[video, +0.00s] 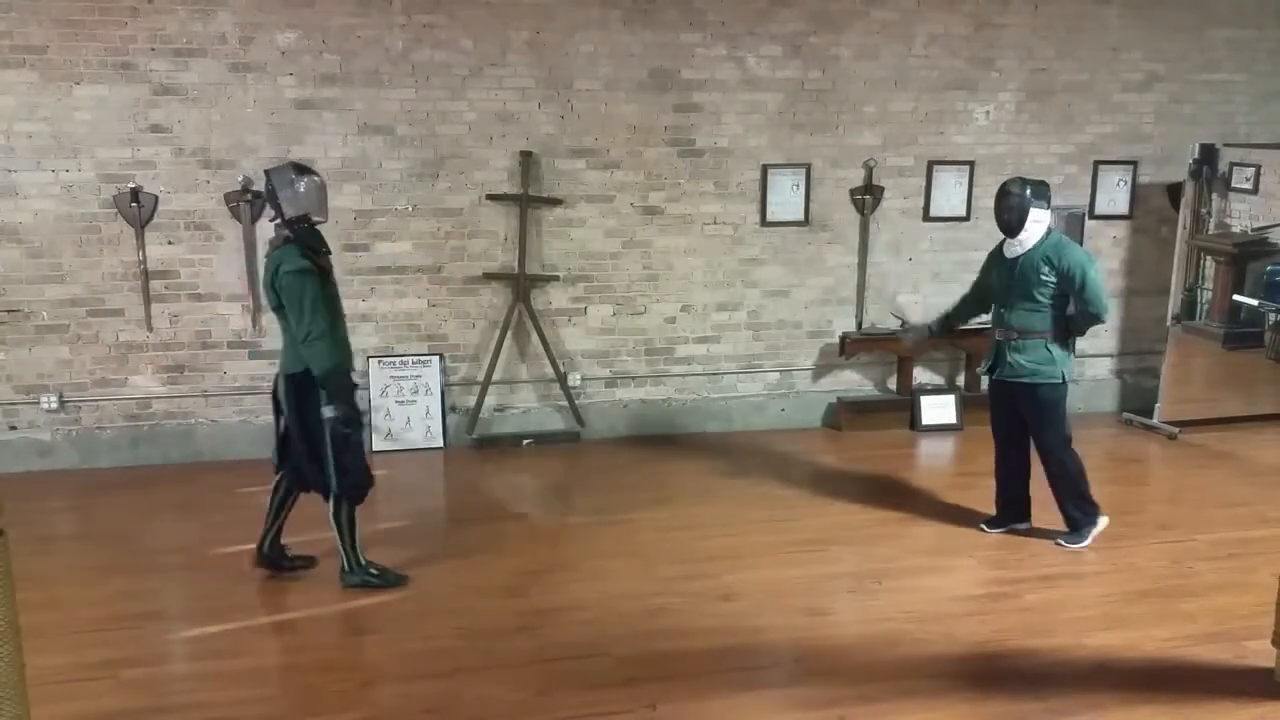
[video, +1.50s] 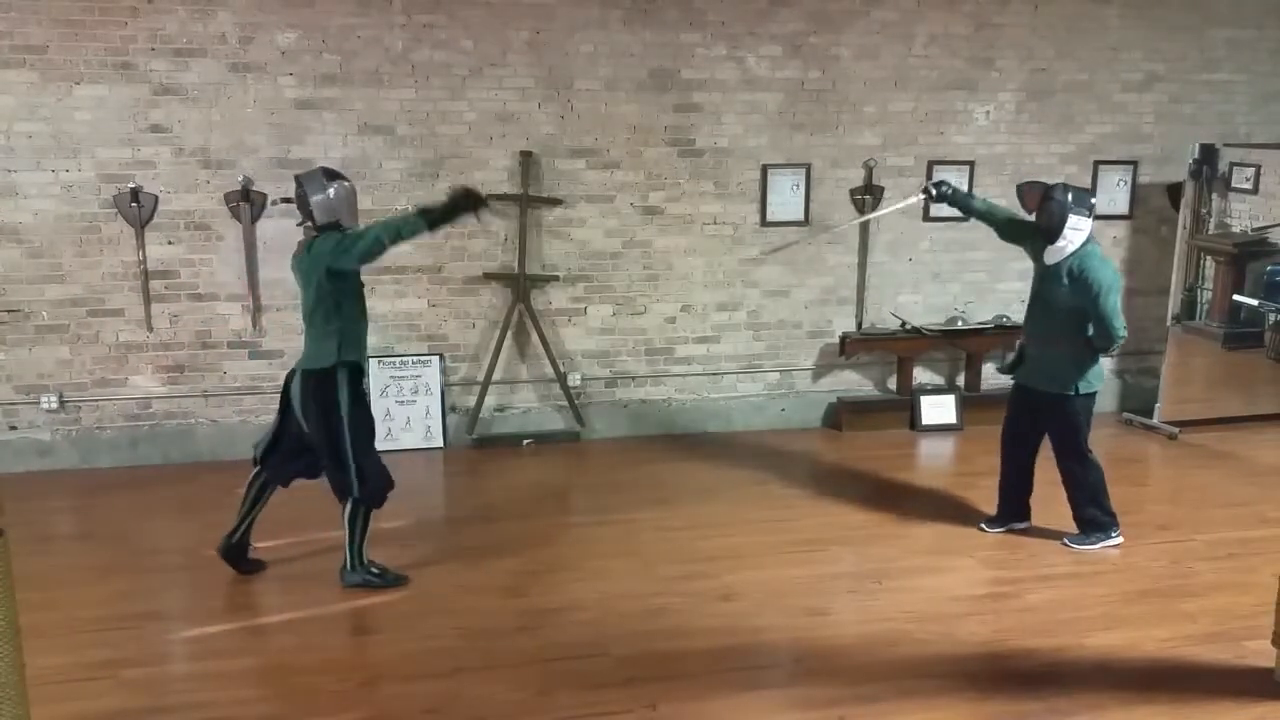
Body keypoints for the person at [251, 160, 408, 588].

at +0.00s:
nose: (321, 200)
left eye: (317, 192)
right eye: (314, 193)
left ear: (281, 204)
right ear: (301, 200)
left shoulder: (292, 251)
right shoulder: (297, 259)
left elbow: (306, 328)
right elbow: (314, 333)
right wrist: (338, 393)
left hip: (300, 378)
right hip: (314, 380)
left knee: (297, 467)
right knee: (344, 472)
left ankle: (270, 546)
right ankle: (354, 565)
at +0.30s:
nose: (331, 201)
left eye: (328, 192)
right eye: (322, 194)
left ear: (297, 202)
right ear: (307, 200)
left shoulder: (325, 248)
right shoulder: (300, 260)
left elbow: (341, 323)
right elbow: (309, 334)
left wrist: (362, 376)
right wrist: (319, 402)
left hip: (348, 377)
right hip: (332, 381)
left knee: (322, 462)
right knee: (354, 471)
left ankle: (282, 532)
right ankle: (354, 564)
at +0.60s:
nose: (338, 202)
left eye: (336, 194)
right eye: (330, 195)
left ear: (306, 202)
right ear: (312, 202)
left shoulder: (332, 248)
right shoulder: (306, 261)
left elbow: (347, 323)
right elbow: (315, 336)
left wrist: (367, 376)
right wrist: (325, 405)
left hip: (352, 377)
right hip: (337, 381)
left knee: (321, 462)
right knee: (359, 473)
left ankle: (281, 532)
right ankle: (355, 564)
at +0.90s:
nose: (347, 202)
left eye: (343, 194)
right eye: (340, 195)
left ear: (308, 203)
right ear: (325, 201)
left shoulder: (320, 252)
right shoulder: (323, 260)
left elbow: (334, 330)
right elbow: (340, 333)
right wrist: (360, 396)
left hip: (324, 379)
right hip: (339, 383)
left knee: (314, 463)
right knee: (362, 476)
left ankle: (273, 537)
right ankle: (355, 565)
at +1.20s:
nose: (356, 208)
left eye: (352, 201)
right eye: (351, 201)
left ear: (313, 208)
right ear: (341, 206)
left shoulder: (312, 255)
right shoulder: (334, 261)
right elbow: (389, 297)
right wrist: (455, 324)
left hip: (312, 377)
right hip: (339, 380)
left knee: (298, 464)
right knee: (360, 474)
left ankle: (257, 541)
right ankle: (355, 566)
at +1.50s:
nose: (353, 210)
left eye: (350, 202)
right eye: (348, 202)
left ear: (309, 210)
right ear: (337, 204)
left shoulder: (306, 253)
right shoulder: (330, 248)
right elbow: (381, 235)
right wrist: (445, 210)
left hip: (307, 376)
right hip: (335, 376)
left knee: (279, 461)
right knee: (363, 473)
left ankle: (236, 541)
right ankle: (355, 565)